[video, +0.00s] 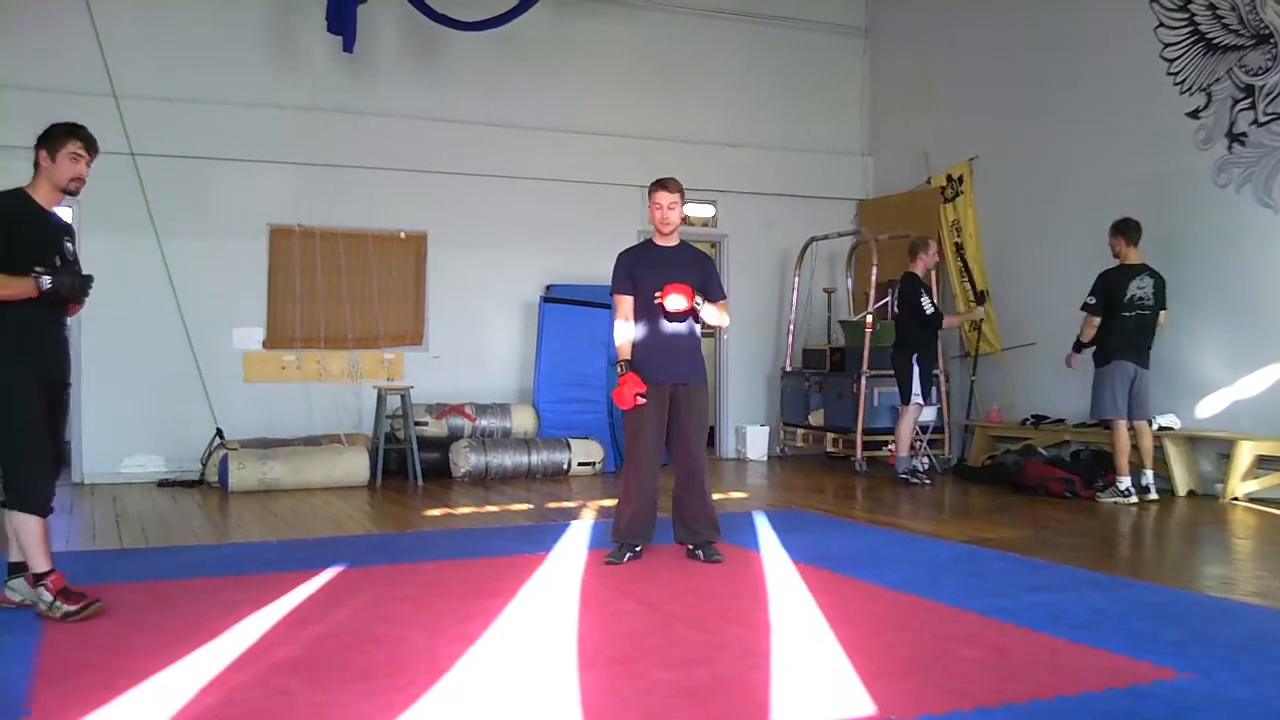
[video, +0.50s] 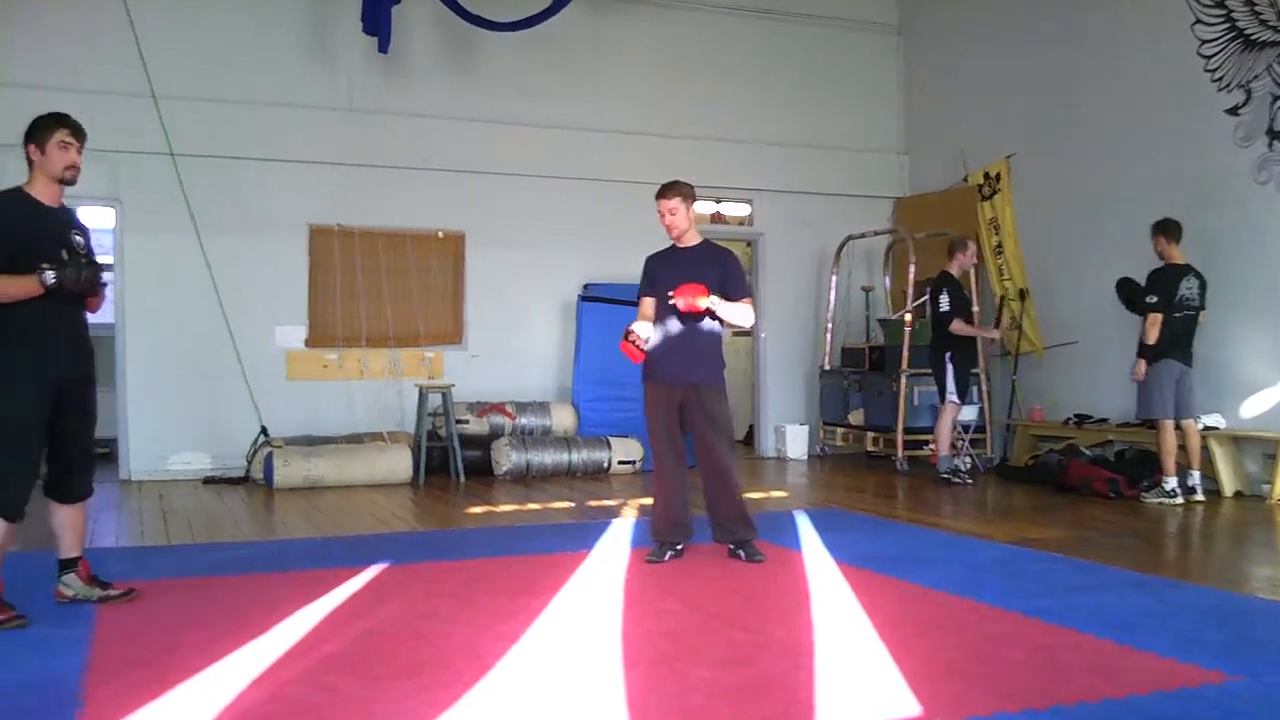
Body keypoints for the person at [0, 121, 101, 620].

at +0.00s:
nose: (82, 170)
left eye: (87, 163)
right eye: (75, 158)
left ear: (84, 170)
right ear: (43, 157)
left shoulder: (62, 227)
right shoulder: (6, 207)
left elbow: (65, 307)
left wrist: (73, 294)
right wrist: (43, 284)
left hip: (49, 365)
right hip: (11, 363)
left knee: (30, 465)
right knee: (30, 464)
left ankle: (18, 575)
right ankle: (46, 585)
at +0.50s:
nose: (75, 156)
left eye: (79, 149)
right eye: (65, 147)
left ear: (77, 158)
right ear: (34, 152)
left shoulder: (74, 226)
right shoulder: (6, 209)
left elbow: (93, 302)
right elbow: (0, 288)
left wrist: (89, 280)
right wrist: (48, 278)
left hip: (72, 366)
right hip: (16, 367)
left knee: (72, 469)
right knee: (11, 477)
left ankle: (73, 575)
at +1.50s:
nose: (156, 162)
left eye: (159, 154)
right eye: (148, 151)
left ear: (148, 159)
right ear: (116, 151)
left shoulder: (134, 220)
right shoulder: (78, 208)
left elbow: (130, 287)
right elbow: (68, 291)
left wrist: (151, 283)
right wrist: (137, 282)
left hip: (134, 370)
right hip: (85, 371)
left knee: (146, 472)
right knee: (67, 476)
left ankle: (163, 575)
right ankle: (46, 588)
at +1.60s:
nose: (177, 159)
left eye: (181, 151)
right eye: (168, 148)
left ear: (175, 158)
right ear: (138, 149)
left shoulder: (155, 219)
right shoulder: (103, 205)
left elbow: (150, 292)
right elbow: (94, 287)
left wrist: (178, 285)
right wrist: (160, 278)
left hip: (162, 365)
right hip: (115, 367)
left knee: (170, 465)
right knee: (95, 471)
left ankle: (177, 573)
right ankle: (63, 583)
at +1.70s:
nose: (189, 157)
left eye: (192, 150)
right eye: (181, 147)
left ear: (181, 156)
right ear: (150, 149)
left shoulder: (171, 221)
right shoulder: (115, 205)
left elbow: (173, 295)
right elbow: (105, 284)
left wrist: (195, 283)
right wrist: (172, 275)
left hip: (177, 365)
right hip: (130, 365)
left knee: (178, 465)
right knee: (111, 467)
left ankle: (180, 573)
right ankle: (70, 579)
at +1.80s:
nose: (200, 161)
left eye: (204, 154)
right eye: (192, 151)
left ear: (202, 161)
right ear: (163, 152)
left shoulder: (187, 219)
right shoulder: (124, 207)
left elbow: (187, 298)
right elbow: (111, 282)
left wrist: (204, 287)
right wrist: (179, 274)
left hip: (188, 367)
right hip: (140, 366)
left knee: (179, 469)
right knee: (121, 468)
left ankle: (175, 572)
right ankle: (68, 575)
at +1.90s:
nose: (212, 163)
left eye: (217, 156)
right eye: (203, 151)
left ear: (218, 163)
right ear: (176, 152)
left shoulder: (202, 225)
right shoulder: (136, 203)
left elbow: (210, 305)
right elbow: (116, 277)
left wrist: (214, 284)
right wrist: (186, 272)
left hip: (197, 363)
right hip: (150, 361)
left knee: (186, 468)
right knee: (141, 466)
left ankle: (176, 571)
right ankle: (79, 568)